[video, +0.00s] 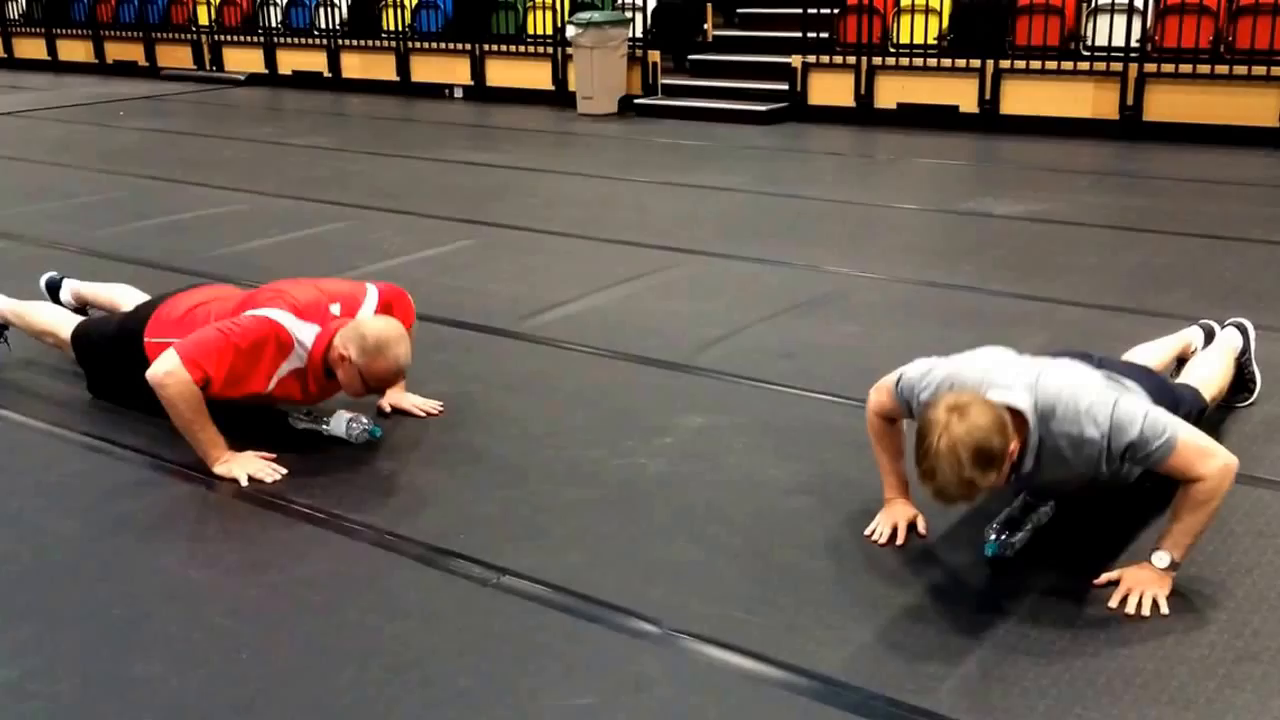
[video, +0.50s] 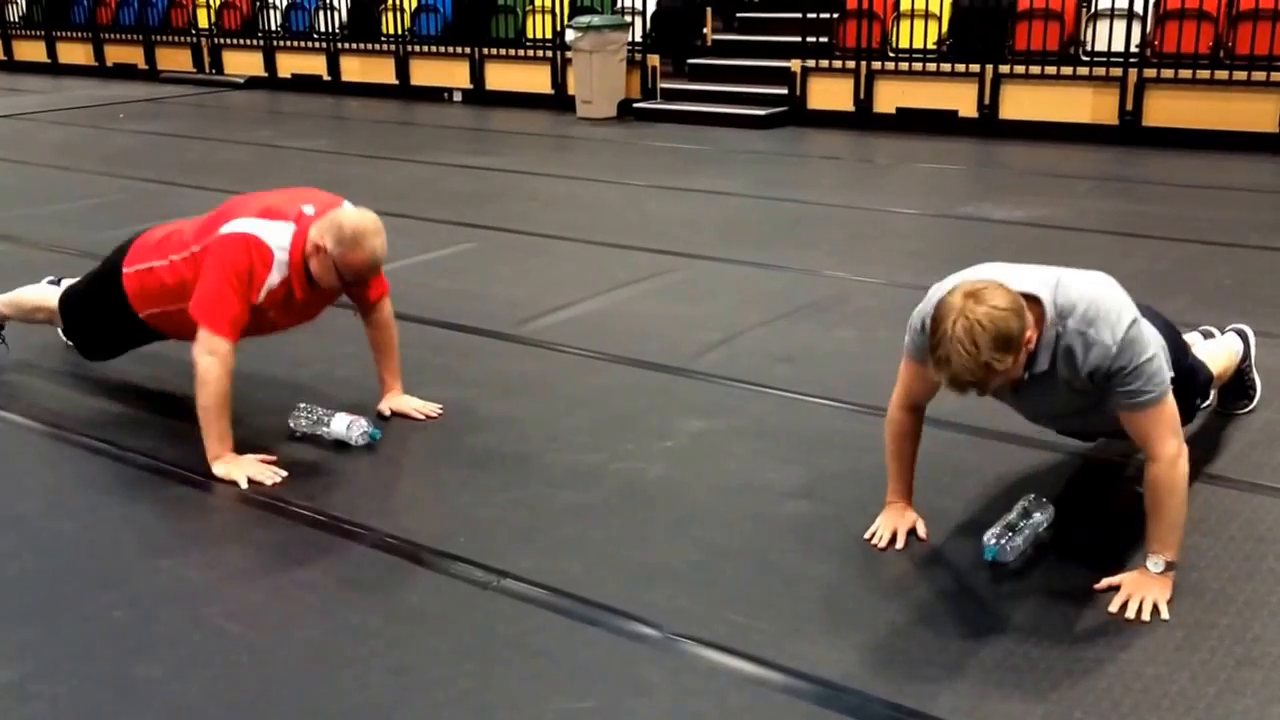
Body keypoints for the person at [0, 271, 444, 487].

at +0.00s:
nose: (371, 393)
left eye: (380, 387)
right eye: (365, 386)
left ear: (401, 336)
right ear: (342, 357)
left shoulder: (385, 306)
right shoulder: (265, 338)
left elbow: (400, 305)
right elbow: (167, 376)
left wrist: (392, 385)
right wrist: (221, 457)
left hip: (212, 304)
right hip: (151, 335)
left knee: (140, 306)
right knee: (71, 335)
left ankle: (65, 288)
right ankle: (6, 306)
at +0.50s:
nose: (347, 294)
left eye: (359, 285)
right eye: (341, 280)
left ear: (373, 251)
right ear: (317, 249)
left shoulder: (354, 237)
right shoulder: (244, 254)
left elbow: (377, 309)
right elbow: (212, 351)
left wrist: (393, 388)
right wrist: (223, 455)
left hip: (195, 289)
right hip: (140, 285)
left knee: (107, 309)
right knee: (68, 311)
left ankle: (61, 297)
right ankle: (9, 304)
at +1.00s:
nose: (364, 409)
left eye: (378, 405)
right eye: (360, 402)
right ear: (342, 369)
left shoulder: (392, 315)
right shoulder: (270, 347)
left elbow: (405, 312)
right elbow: (170, 379)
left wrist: (390, 393)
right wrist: (223, 459)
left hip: (221, 312)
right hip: (158, 342)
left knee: (141, 315)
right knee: (72, 341)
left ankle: (67, 291)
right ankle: (5, 307)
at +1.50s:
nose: (341, 283)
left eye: (352, 275)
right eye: (337, 269)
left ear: (364, 246)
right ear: (314, 237)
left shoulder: (345, 222)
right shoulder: (246, 244)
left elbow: (363, 307)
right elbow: (228, 353)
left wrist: (392, 388)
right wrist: (228, 453)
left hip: (188, 291)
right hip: (135, 287)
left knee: (101, 311)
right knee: (67, 309)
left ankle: (56, 302)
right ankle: (8, 303)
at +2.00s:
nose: (369, 413)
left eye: (382, 407)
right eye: (365, 406)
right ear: (343, 374)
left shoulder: (388, 314)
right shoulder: (271, 350)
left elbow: (398, 310)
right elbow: (168, 378)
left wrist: (390, 393)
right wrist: (222, 457)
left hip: (223, 314)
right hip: (158, 344)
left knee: (143, 316)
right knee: (74, 342)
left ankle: (69, 290)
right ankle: (7, 308)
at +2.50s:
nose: (336, 287)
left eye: (347, 278)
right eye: (331, 274)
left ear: (358, 243)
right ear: (305, 240)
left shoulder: (338, 224)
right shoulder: (235, 245)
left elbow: (361, 307)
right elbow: (216, 351)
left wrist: (389, 388)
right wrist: (223, 453)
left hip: (184, 290)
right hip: (128, 287)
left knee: (94, 308)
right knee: (63, 308)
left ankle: (48, 296)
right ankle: (8, 304)